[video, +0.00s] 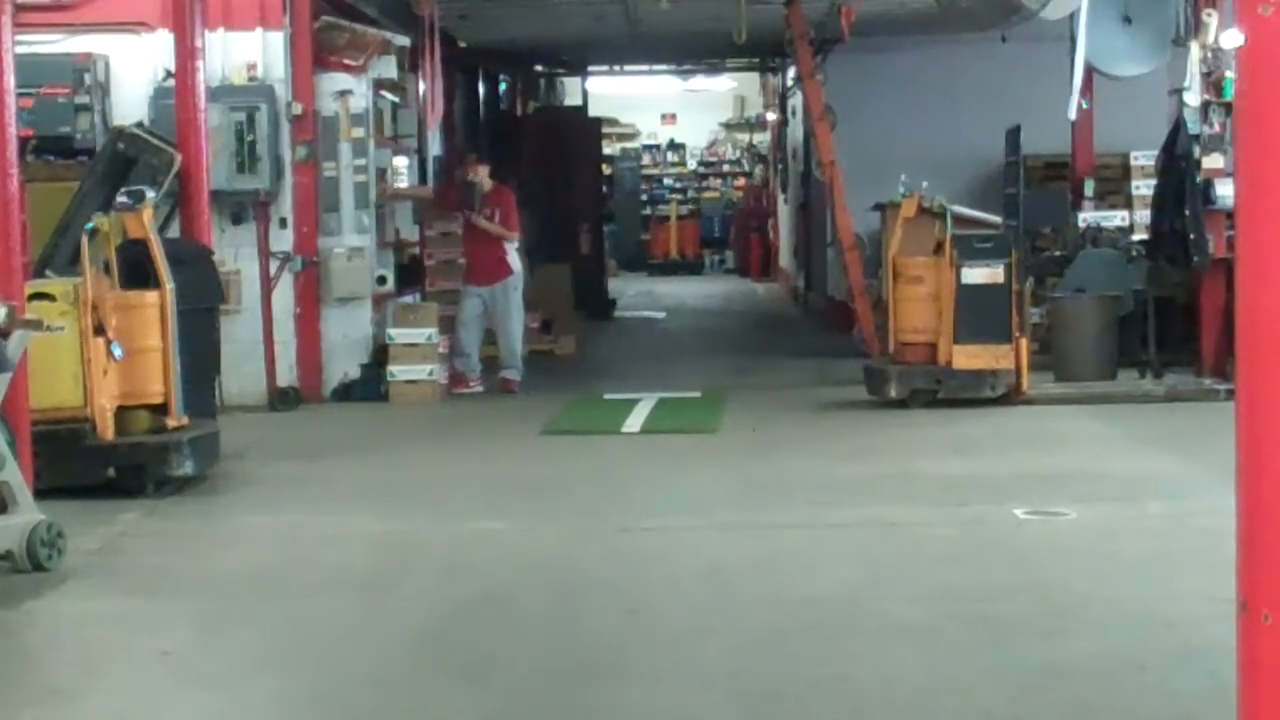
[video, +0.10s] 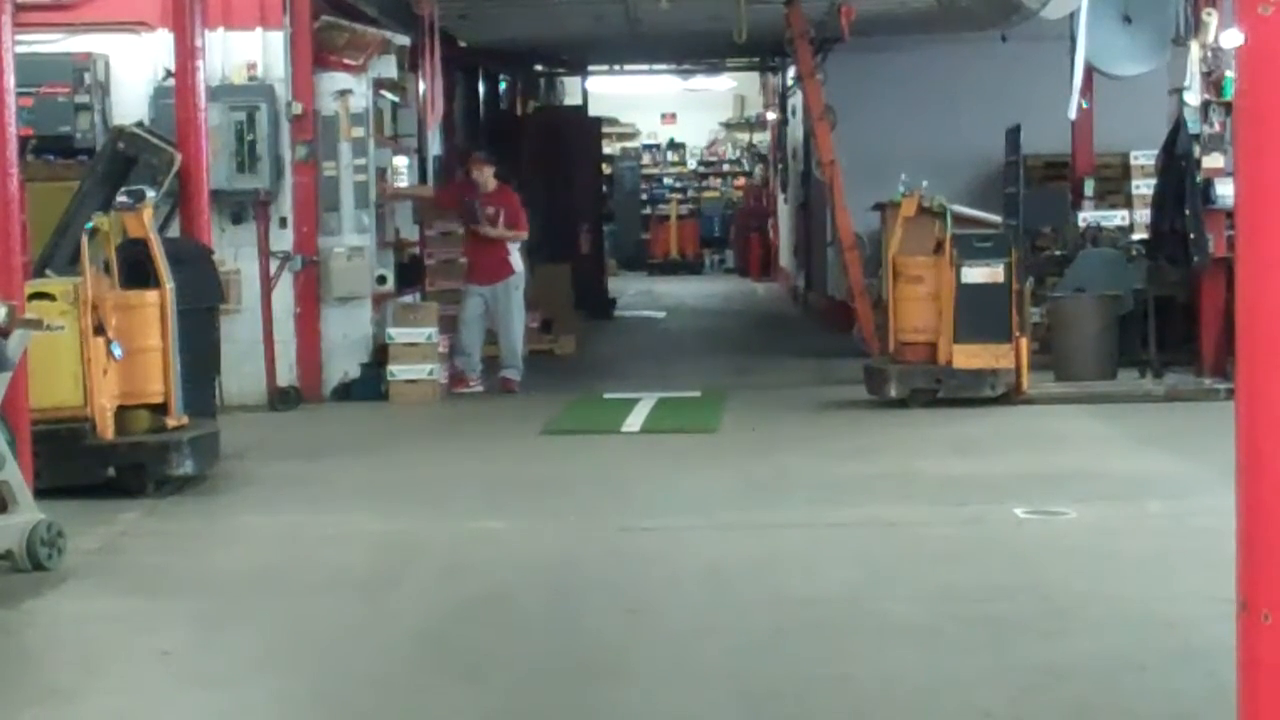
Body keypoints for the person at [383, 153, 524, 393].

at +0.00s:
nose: (473, 172)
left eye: (477, 166)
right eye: (469, 168)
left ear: (488, 168)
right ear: (465, 172)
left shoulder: (503, 196)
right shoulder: (464, 194)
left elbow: (512, 235)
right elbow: (430, 193)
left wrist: (481, 222)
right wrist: (393, 192)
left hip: (503, 276)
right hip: (474, 277)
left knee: (508, 327)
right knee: (466, 327)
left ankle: (510, 375)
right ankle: (469, 376)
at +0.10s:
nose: (476, 174)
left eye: (480, 168)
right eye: (473, 169)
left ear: (492, 169)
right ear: (469, 171)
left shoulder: (507, 197)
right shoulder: (465, 192)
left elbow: (522, 233)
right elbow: (432, 192)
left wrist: (494, 232)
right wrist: (395, 191)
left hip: (506, 275)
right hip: (477, 275)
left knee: (510, 326)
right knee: (468, 323)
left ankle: (511, 374)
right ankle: (471, 376)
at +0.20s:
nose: (484, 172)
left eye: (488, 167)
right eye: (481, 167)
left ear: (500, 169)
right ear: (476, 169)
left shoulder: (512, 197)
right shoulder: (468, 191)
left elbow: (529, 233)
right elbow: (433, 192)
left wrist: (506, 243)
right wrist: (396, 192)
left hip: (507, 275)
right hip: (478, 274)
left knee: (510, 328)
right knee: (469, 326)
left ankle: (510, 374)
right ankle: (470, 375)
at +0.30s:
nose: (490, 169)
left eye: (496, 164)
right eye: (488, 164)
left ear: (507, 169)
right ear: (484, 167)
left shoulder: (517, 196)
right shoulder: (474, 189)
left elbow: (532, 235)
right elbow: (437, 191)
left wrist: (517, 257)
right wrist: (396, 192)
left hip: (509, 274)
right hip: (479, 273)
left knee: (511, 326)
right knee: (470, 323)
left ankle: (510, 374)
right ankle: (470, 375)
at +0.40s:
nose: (502, 168)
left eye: (508, 164)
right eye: (500, 162)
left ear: (515, 168)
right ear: (493, 165)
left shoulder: (523, 198)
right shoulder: (479, 189)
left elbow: (535, 236)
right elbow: (444, 191)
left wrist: (531, 268)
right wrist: (406, 194)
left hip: (511, 276)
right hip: (481, 274)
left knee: (513, 330)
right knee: (471, 327)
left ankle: (510, 374)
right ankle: (471, 374)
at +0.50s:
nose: (509, 166)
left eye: (515, 163)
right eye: (507, 161)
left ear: (522, 168)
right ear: (500, 162)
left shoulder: (528, 198)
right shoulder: (484, 187)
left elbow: (538, 237)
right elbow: (449, 191)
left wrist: (540, 271)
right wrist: (415, 198)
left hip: (514, 278)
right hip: (482, 275)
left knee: (515, 330)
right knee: (473, 326)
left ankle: (511, 373)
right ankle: (471, 373)